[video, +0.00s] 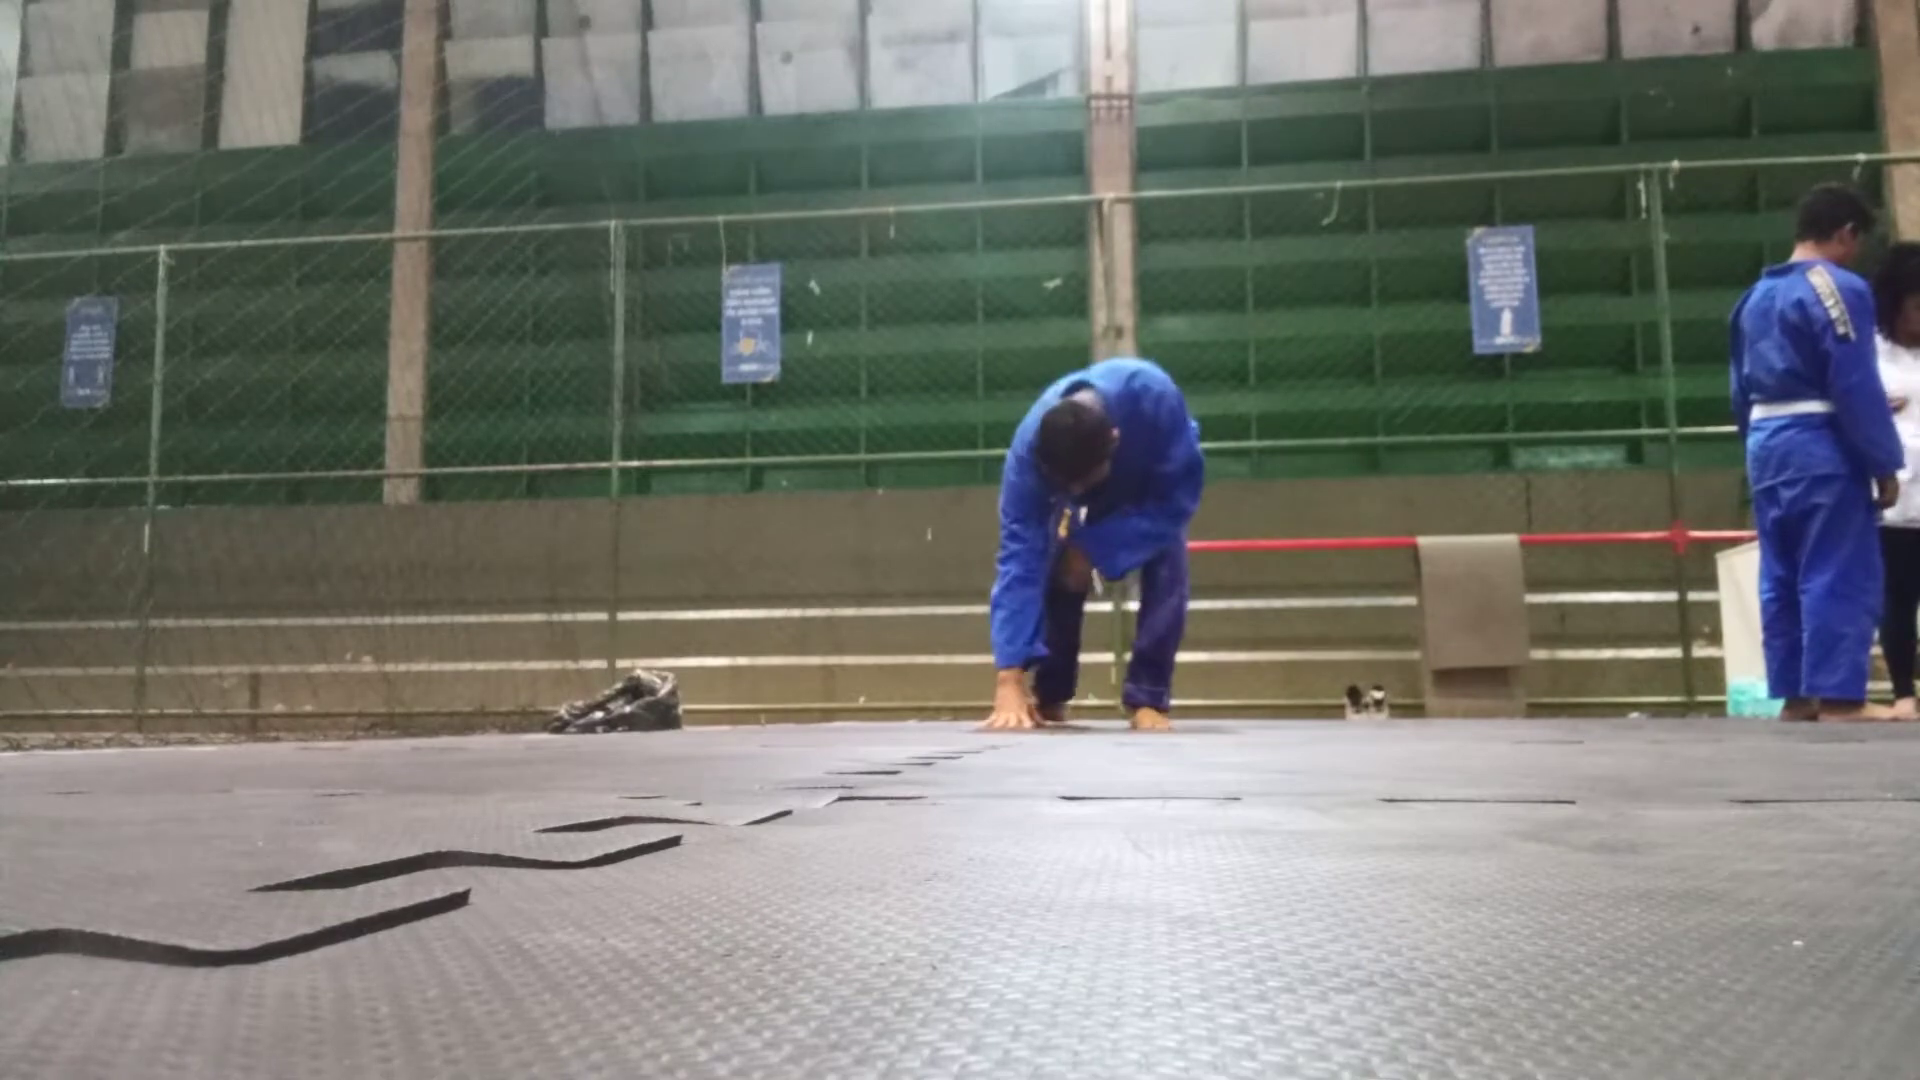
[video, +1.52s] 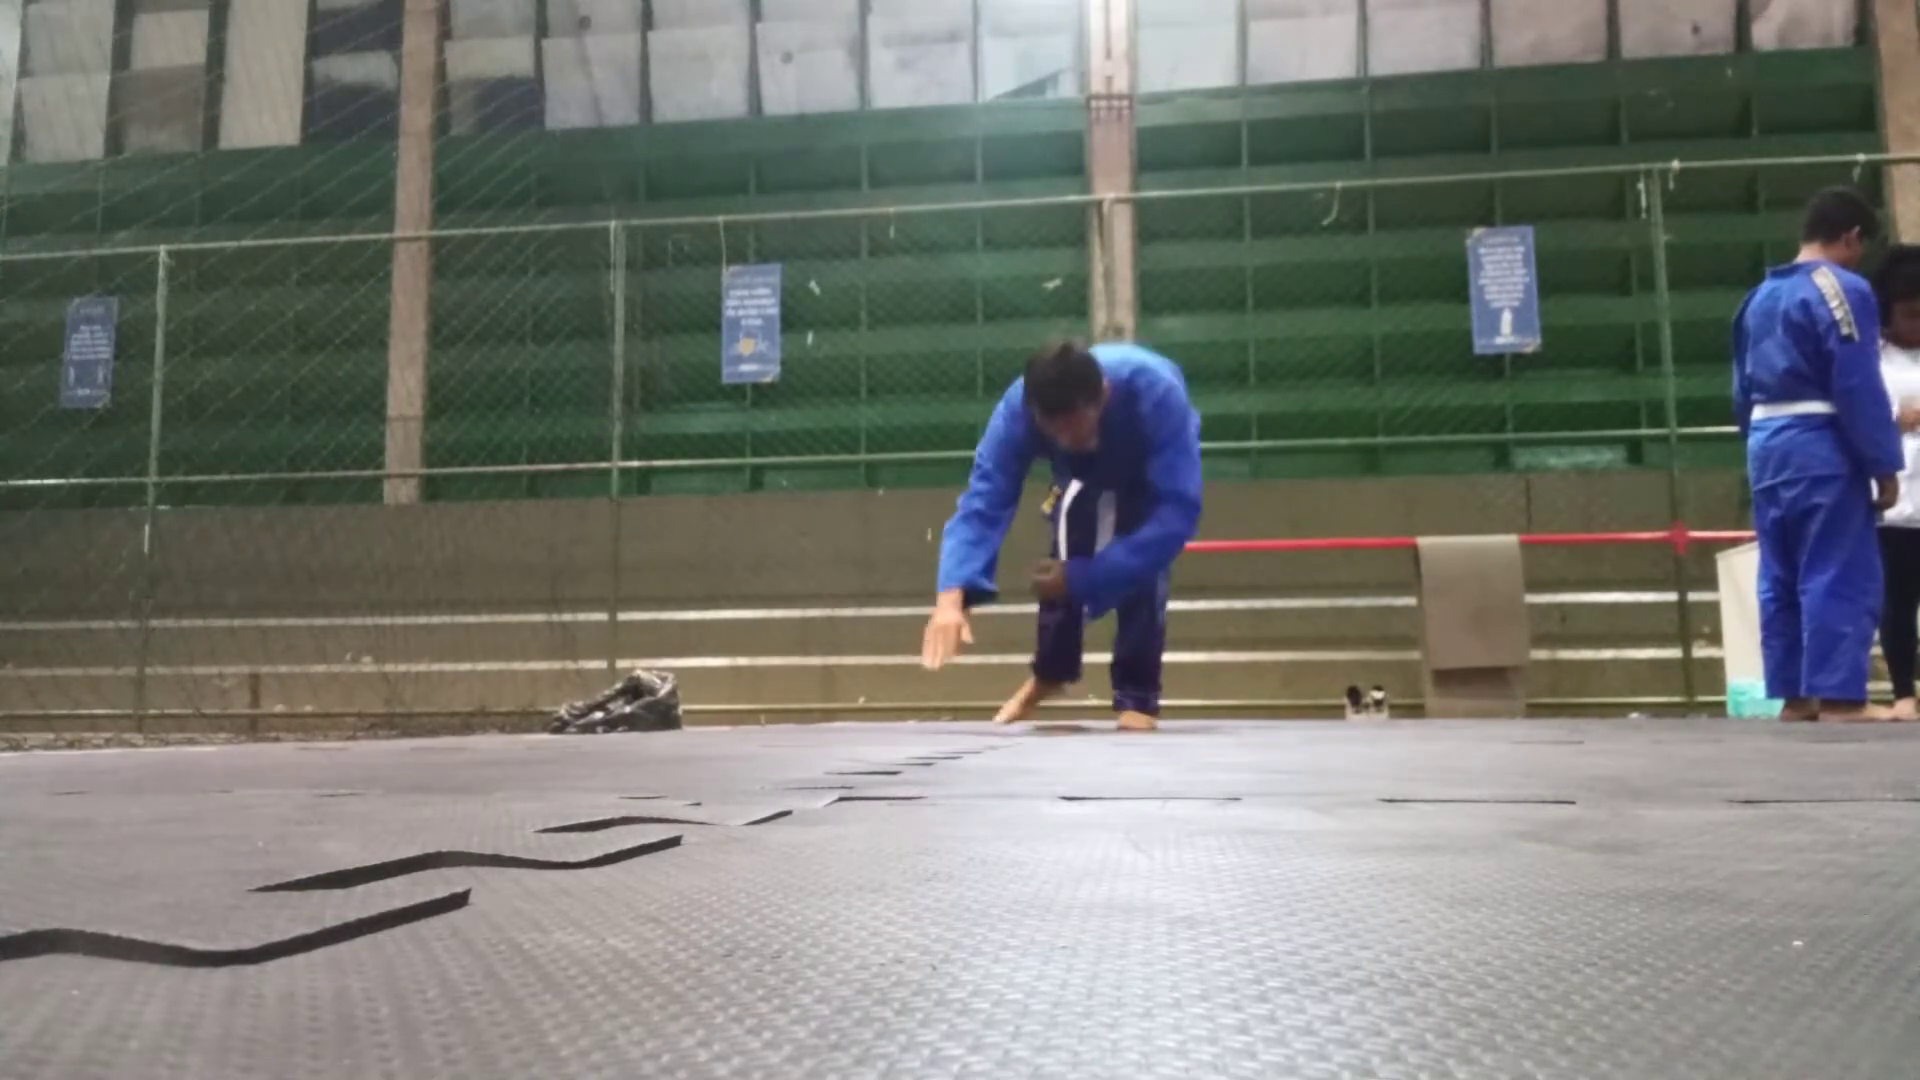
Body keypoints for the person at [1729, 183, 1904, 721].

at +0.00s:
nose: (1857, 251)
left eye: (1860, 242)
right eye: (1858, 241)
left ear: (1800, 231)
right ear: (1844, 234)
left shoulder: (1756, 295)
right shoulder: (1838, 289)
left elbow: (1742, 392)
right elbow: (1856, 388)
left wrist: (1762, 445)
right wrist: (1885, 465)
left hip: (1764, 439)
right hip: (1819, 437)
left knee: (1783, 573)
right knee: (1839, 569)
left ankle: (1794, 697)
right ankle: (1839, 699)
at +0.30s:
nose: (1857, 253)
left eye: (1860, 243)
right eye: (1857, 242)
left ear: (1800, 232)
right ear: (1842, 234)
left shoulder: (1755, 296)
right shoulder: (1836, 290)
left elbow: (1740, 392)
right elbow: (1852, 389)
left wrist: (1761, 444)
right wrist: (1883, 466)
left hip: (1762, 439)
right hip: (1816, 437)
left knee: (1781, 572)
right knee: (1839, 568)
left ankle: (1793, 696)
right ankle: (1838, 698)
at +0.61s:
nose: (1856, 255)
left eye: (1859, 245)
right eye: (1857, 244)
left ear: (1800, 233)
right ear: (1842, 236)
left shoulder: (1754, 296)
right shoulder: (1835, 290)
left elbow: (1739, 392)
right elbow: (1851, 389)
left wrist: (1761, 443)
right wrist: (1881, 467)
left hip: (1760, 440)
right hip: (1814, 438)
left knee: (1779, 573)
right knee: (1838, 569)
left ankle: (1794, 696)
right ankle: (1837, 698)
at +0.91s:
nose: (1856, 254)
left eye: (1858, 246)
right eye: (1856, 244)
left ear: (1799, 234)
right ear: (1842, 236)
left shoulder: (1754, 296)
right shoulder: (1834, 290)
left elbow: (1739, 392)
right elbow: (1852, 388)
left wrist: (1761, 442)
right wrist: (1882, 466)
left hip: (1760, 440)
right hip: (1814, 438)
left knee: (1779, 574)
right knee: (1837, 570)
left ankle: (1793, 696)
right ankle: (1837, 697)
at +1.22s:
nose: (1857, 256)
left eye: (1859, 247)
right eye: (1858, 245)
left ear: (1802, 234)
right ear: (1845, 237)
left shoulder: (1757, 296)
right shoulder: (1837, 290)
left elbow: (1742, 392)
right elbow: (1853, 388)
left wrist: (1762, 442)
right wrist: (1883, 466)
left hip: (1762, 440)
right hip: (1816, 438)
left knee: (1780, 573)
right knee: (1839, 569)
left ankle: (1793, 696)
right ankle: (1838, 697)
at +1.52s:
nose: (1862, 254)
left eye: (1863, 246)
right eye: (1862, 244)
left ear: (1807, 234)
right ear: (1849, 237)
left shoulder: (1760, 296)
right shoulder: (1842, 290)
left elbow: (1744, 391)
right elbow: (1858, 387)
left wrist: (1765, 443)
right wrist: (1886, 467)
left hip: (1764, 440)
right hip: (1819, 438)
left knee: (1782, 574)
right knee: (1841, 570)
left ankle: (1794, 697)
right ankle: (1840, 699)